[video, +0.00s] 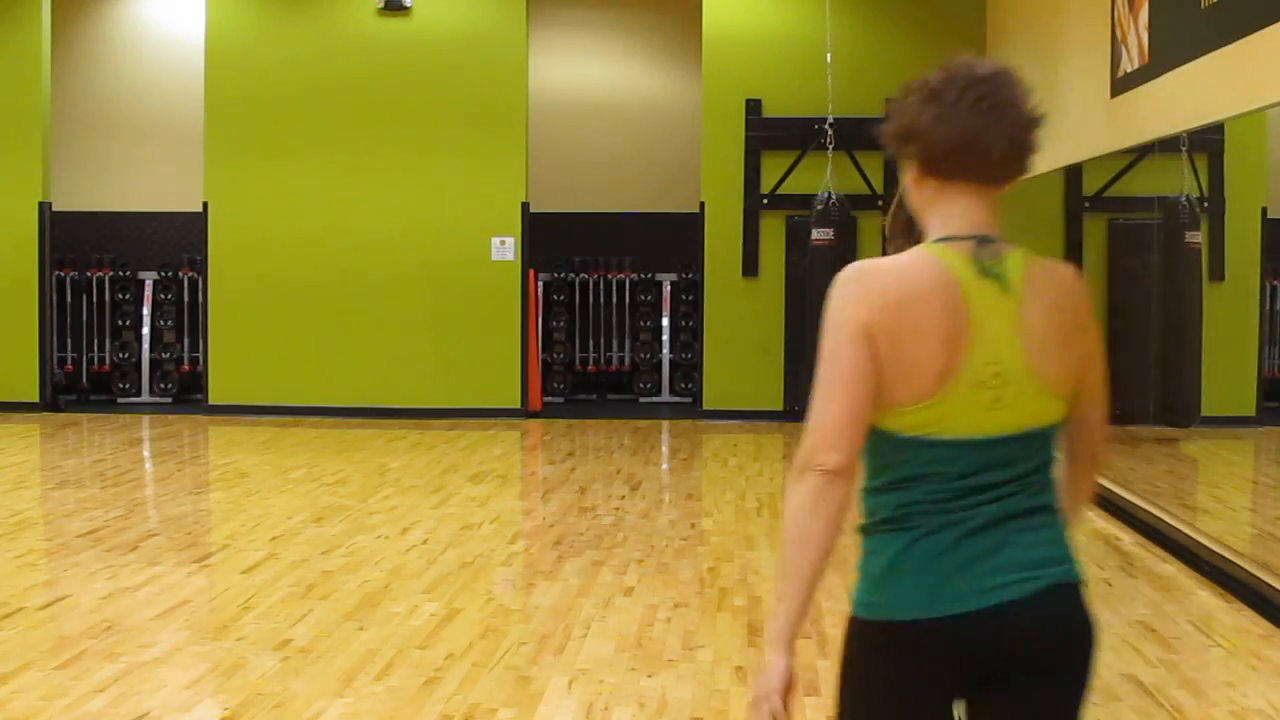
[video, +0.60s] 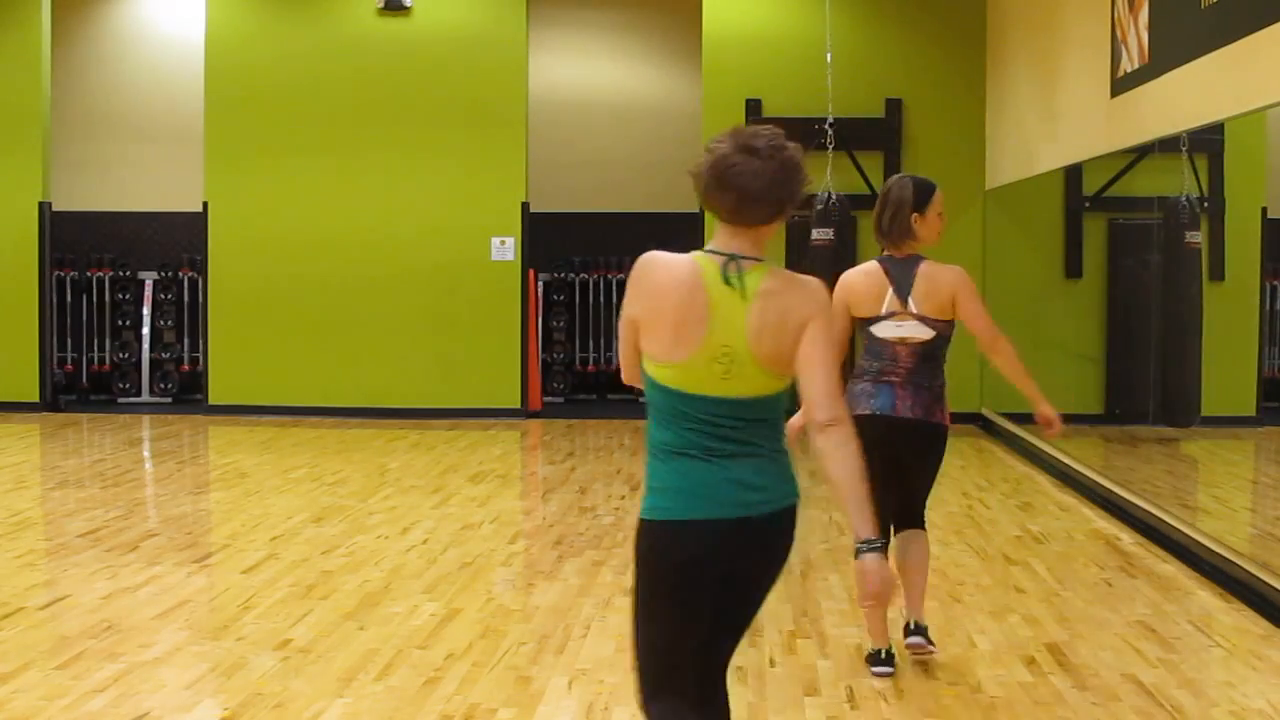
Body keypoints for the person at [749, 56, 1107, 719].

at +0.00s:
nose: (903, 177)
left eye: (903, 161)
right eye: (905, 160)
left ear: (916, 167)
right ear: (1012, 167)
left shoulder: (869, 289)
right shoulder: (1064, 291)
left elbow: (826, 467)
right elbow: (1085, 464)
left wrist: (779, 642)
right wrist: (1040, 531)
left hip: (907, 624)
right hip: (1044, 613)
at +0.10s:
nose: (851, 198)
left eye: (851, 186)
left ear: (859, 194)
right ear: (957, 202)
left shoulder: (813, 297)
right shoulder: (998, 301)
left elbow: (773, 462)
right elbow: (1025, 446)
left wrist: (724, 618)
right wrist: (983, 517)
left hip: (839, 608)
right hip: (964, 608)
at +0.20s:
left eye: (814, 164)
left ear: (818, 170)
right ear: (913, 176)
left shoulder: (770, 280)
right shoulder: (956, 290)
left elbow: (717, 435)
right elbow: (986, 427)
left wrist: (667, 578)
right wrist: (979, 522)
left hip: (792, 579)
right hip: (908, 576)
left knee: (792, 708)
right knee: (884, 710)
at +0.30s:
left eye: (784, 144)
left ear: (784, 156)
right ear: (873, 170)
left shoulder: (735, 262)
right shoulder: (907, 276)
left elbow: (676, 406)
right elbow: (952, 424)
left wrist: (648, 504)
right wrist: (981, 534)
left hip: (764, 547)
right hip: (866, 546)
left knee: (784, 710)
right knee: (813, 705)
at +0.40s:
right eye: (841, 182)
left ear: (758, 172)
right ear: (839, 191)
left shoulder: (702, 266)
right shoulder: (872, 284)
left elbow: (640, 390)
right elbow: (917, 421)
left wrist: (651, 439)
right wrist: (969, 539)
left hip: (732, 536)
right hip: (827, 533)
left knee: (769, 707)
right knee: (776, 696)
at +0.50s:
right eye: (814, 200)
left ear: (732, 189)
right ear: (810, 210)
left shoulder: (675, 279)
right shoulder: (835, 299)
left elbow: (633, 381)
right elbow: (873, 425)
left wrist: (706, 374)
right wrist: (922, 539)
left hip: (704, 536)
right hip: (792, 536)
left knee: (734, 701)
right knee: (736, 683)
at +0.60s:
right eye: (785, 201)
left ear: (709, 195)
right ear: (787, 209)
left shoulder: (654, 273)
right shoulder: (805, 297)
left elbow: (631, 373)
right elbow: (828, 423)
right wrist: (870, 544)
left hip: (677, 522)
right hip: (765, 521)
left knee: (666, 694)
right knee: (707, 677)